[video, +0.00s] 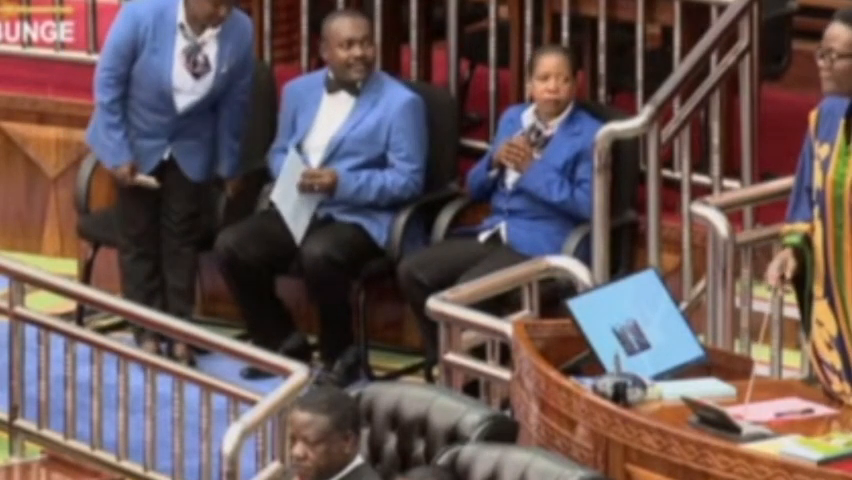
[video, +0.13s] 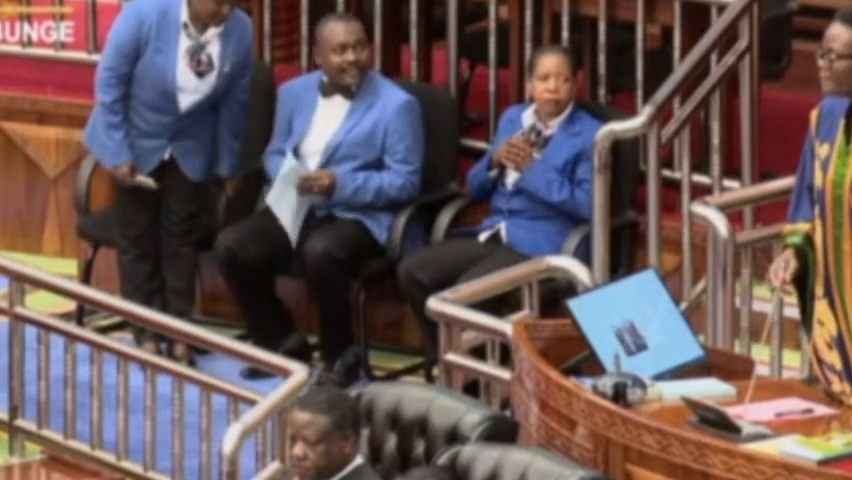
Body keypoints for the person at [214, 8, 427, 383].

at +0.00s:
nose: (358, 53)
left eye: (365, 43)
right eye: (346, 45)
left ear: (375, 47)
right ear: (325, 51)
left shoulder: (400, 103)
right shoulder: (298, 92)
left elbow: (408, 181)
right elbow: (277, 153)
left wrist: (340, 183)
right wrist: (296, 176)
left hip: (360, 216)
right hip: (296, 209)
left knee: (321, 256)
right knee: (235, 248)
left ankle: (339, 357)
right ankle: (281, 344)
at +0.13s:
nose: (352, 58)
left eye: (359, 48)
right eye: (340, 50)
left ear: (370, 50)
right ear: (319, 56)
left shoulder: (396, 105)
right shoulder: (293, 93)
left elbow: (405, 182)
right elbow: (274, 155)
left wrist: (338, 184)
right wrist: (297, 180)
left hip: (359, 215)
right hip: (294, 210)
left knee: (322, 253)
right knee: (235, 247)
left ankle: (340, 358)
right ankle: (282, 344)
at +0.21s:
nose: (352, 58)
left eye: (359, 48)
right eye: (340, 50)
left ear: (370, 50)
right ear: (319, 56)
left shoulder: (396, 104)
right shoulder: (293, 93)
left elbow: (405, 182)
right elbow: (274, 155)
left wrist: (338, 184)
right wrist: (296, 179)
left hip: (359, 215)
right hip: (294, 210)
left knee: (322, 254)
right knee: (235, 247)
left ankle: (340, 358)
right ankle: (282, 344)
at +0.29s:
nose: (347, 63)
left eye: (354, 53)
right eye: (335, 55)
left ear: (364, 54)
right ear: (314, 59)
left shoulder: (393, 108)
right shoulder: (289, 95)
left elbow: (401, 185)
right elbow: (270, 156)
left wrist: (334, 185)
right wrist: (290, 178)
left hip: (356, 215)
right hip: (293, 209)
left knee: (323, 253)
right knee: (235, 248)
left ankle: (338, 360)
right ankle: (281, 343)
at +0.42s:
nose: (335, 73)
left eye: (342, 62)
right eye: (323, 65)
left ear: (353, 62)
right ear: (303, 70)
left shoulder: (381, 114)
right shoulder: (276, 103)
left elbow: (392, 190)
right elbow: (258, 166)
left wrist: (331, 190)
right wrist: (277, 190)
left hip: (349, 219)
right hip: (286, 217)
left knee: (324, 255)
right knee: (235, 251)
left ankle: (337, 360)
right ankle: (279, 343)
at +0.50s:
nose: (329, 77)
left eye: (335, 65)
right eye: (316, 68)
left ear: (345, 65)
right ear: (296, 73)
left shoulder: (375, 116)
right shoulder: (268, 106)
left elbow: (391, 190)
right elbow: (249, 166)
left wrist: (338, 195)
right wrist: (259, 186)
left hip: (346, 223)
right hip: (284, 221)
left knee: (324, 260)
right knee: (234, 258)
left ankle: (337, 361)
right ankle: (280, 345)